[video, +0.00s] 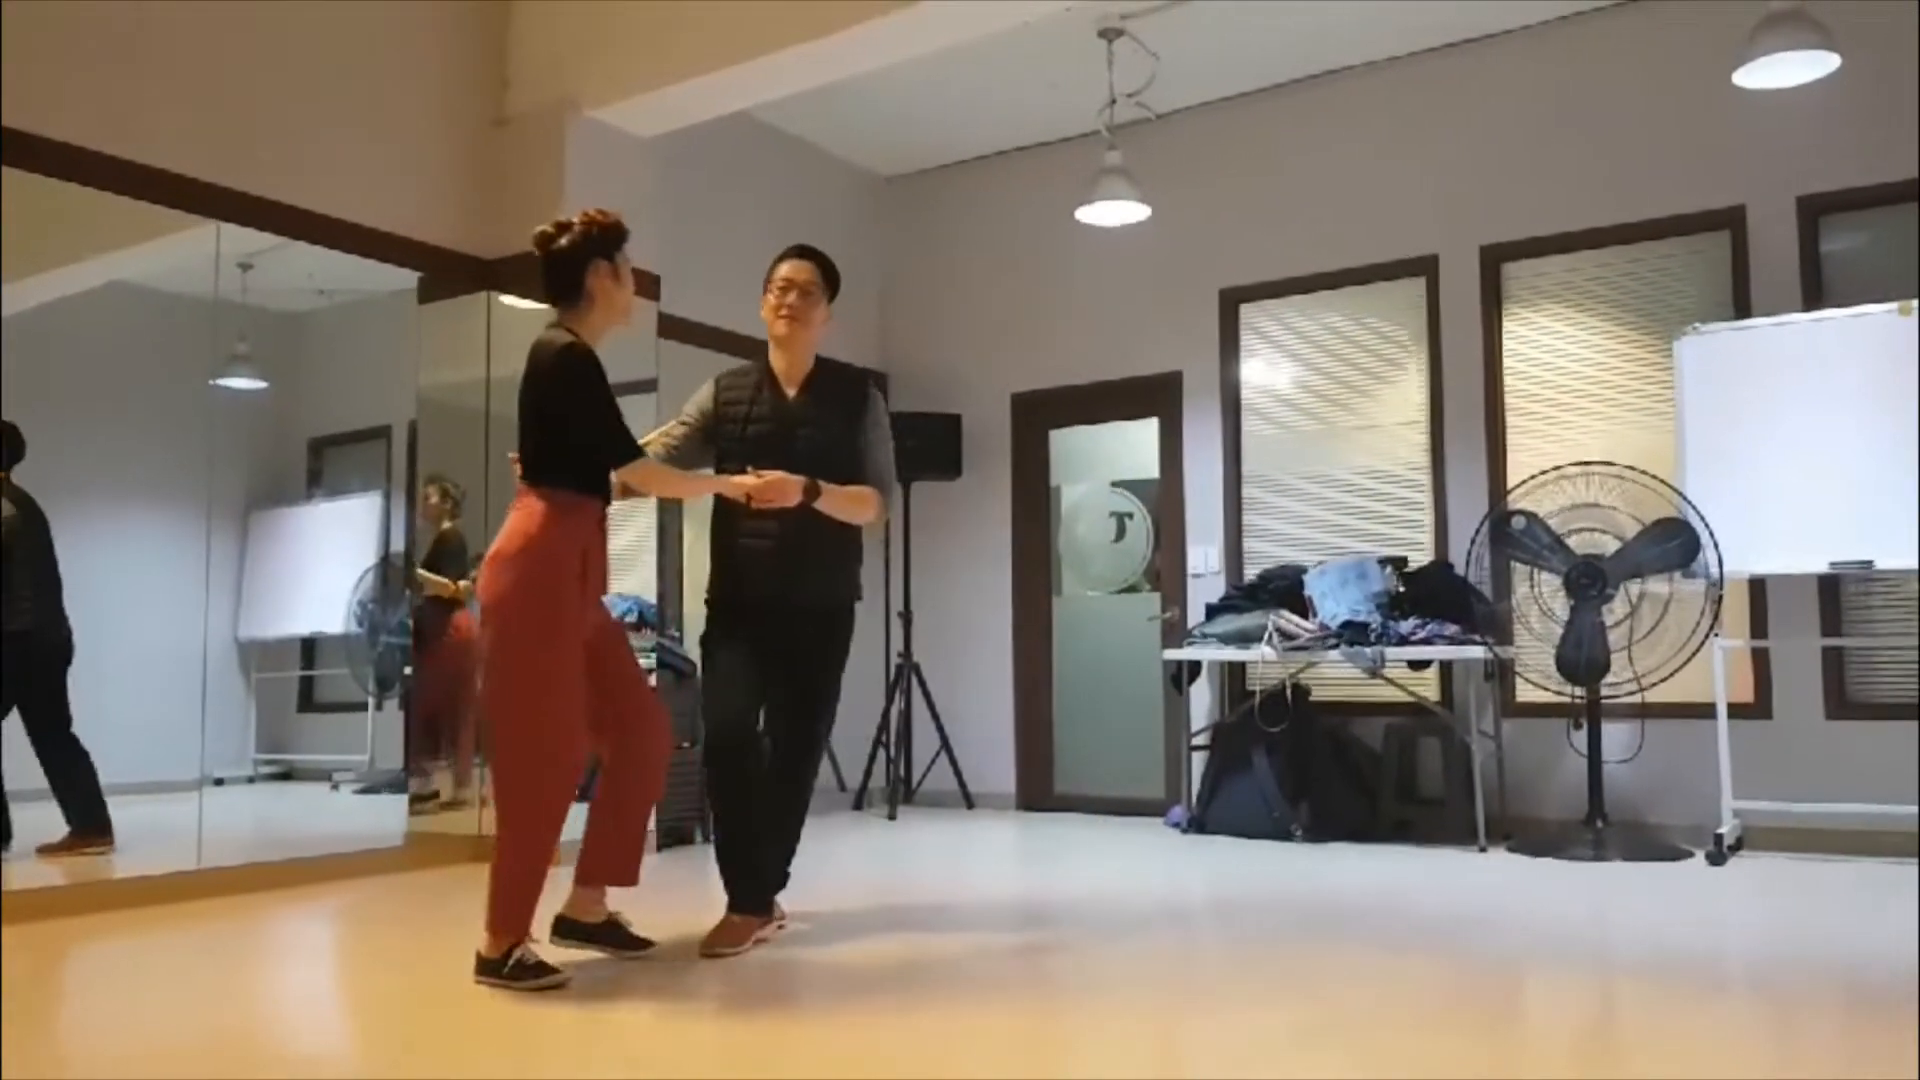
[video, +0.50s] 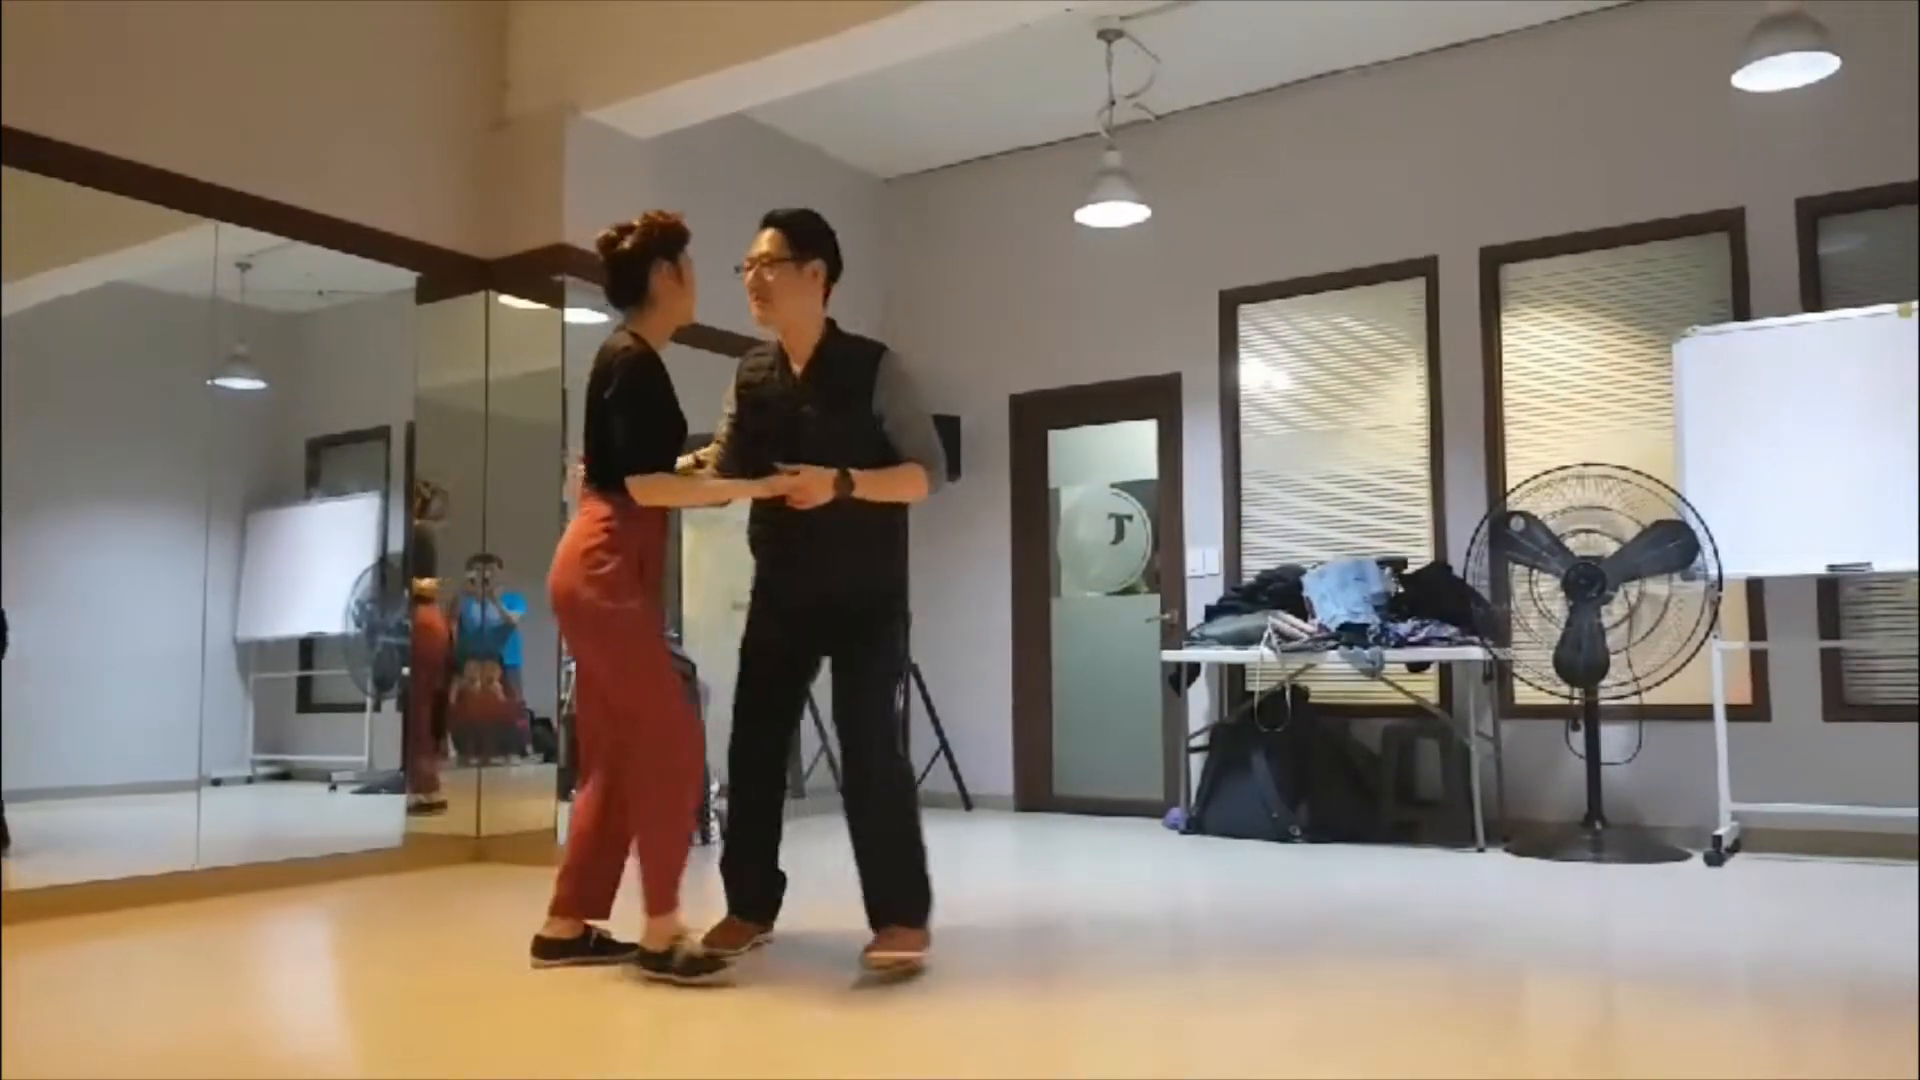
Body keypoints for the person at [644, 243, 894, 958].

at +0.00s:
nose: (785, 298)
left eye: (801, 290)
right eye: (777, 287)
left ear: (827, 309)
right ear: (762, 301)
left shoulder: (858, 396)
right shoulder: (727, 390)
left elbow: (875, 505)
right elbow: (647, 468)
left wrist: (807, 489)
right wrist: (559, 466)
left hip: (819, 605)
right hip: (737, 600)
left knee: (794, 747)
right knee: (725, 735)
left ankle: (761, 897)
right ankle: (745, 902)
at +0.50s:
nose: (750, 277)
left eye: (767, 264)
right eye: (748, 266)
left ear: (818, 275)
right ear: (757, 282)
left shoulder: (876, 368)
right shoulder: (754, 371)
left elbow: (926, 474)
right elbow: (726, 472)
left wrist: (842, 481)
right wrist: (645, 475)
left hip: (867, 595)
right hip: (782, 594)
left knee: (870, 754)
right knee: (754, 752)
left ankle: (901, 922)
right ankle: (749, 910)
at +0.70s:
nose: (787, 268)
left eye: (802, 252)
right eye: (786, 256)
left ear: (853, 259)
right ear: (811, 269)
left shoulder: (918, 349)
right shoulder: (810, 372)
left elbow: (978, 459)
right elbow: (761, 467)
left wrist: (878, 472)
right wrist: (676, 476)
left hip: (933, 582)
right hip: (856, 585)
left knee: (912, 748)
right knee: (814, 742)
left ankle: (925, 939)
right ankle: (788, 904)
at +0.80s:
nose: (807, 253)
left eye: (821, 238)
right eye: (807, 241)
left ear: (874, 243)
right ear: (840, 252)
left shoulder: (944, 331)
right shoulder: (835, 359)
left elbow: (1011, 437)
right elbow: (769, 452)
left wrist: (902, 457)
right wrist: (687, 474)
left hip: (960, 574)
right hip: (886, 574)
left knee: (925, 741)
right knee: (840, 730)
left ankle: (928, 936)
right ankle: (874, 897)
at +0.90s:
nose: (830, 236)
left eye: (845, 221)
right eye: (831, 223)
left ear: (898, 229)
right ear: (867, 236)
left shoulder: (967, 317)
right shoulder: (857, 347)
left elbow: (1036, 421)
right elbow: (782, 434)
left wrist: (927, 443)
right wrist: (709, 455)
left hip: (992, 564)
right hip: (917, 568)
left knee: (929, 728)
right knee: (881, 725)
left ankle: (927, 929)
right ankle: (973, 889)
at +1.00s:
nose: (843, 241)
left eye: (858, 225)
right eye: (844, 229)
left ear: (911, 233)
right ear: (881, 241)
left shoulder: (979, 322)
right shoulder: (870, 350)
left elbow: (1049, 430)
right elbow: (791, 430)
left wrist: (938, 447)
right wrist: (721, 452)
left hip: (996, 569)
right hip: (931, 573)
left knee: (915, 730)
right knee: (913, 734)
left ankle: (950, 923)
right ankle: (977, 908)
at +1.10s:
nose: (856, 248)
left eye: (871, 232)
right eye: (859, 234)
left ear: (921, 243)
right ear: (900, 247)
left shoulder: (992, 335)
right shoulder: (886, 362)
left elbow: (1062, 443)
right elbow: (814, 440)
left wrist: (948, 459)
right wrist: (746, 459)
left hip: (1007, 578)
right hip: (950, 581)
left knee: (910, 731)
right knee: (910, 734)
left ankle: (984, 938)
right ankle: (962, 921)